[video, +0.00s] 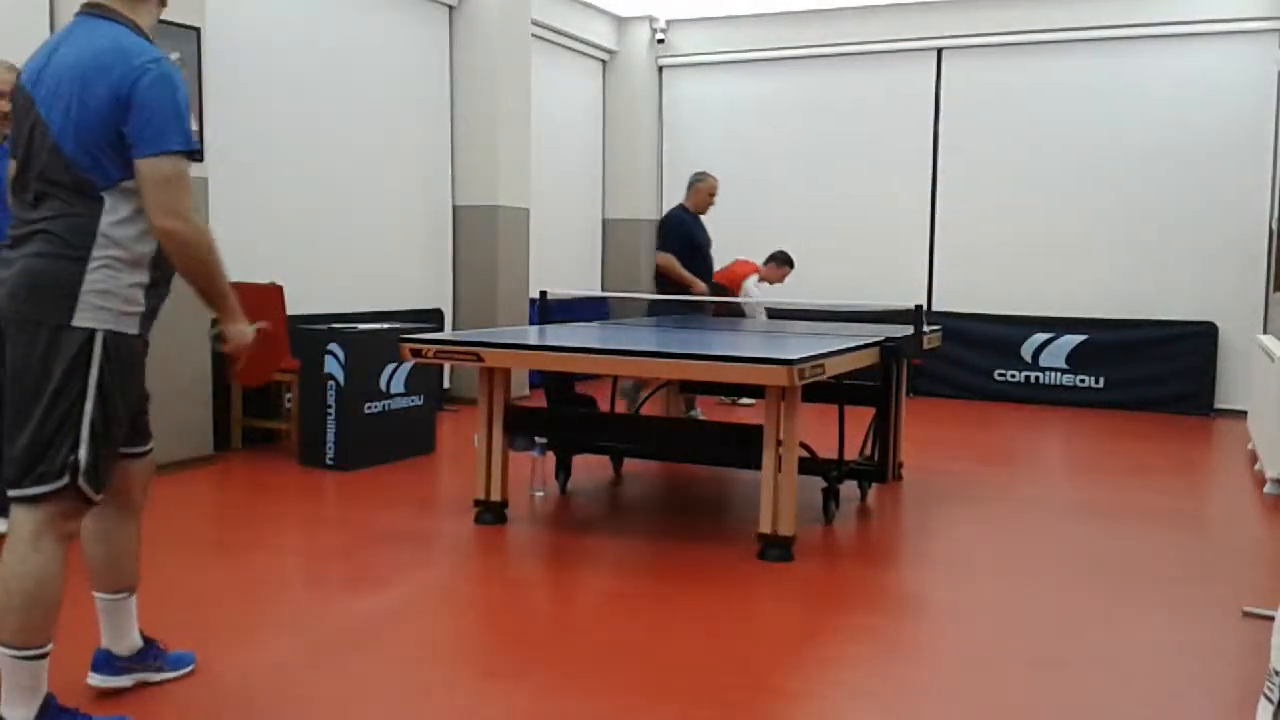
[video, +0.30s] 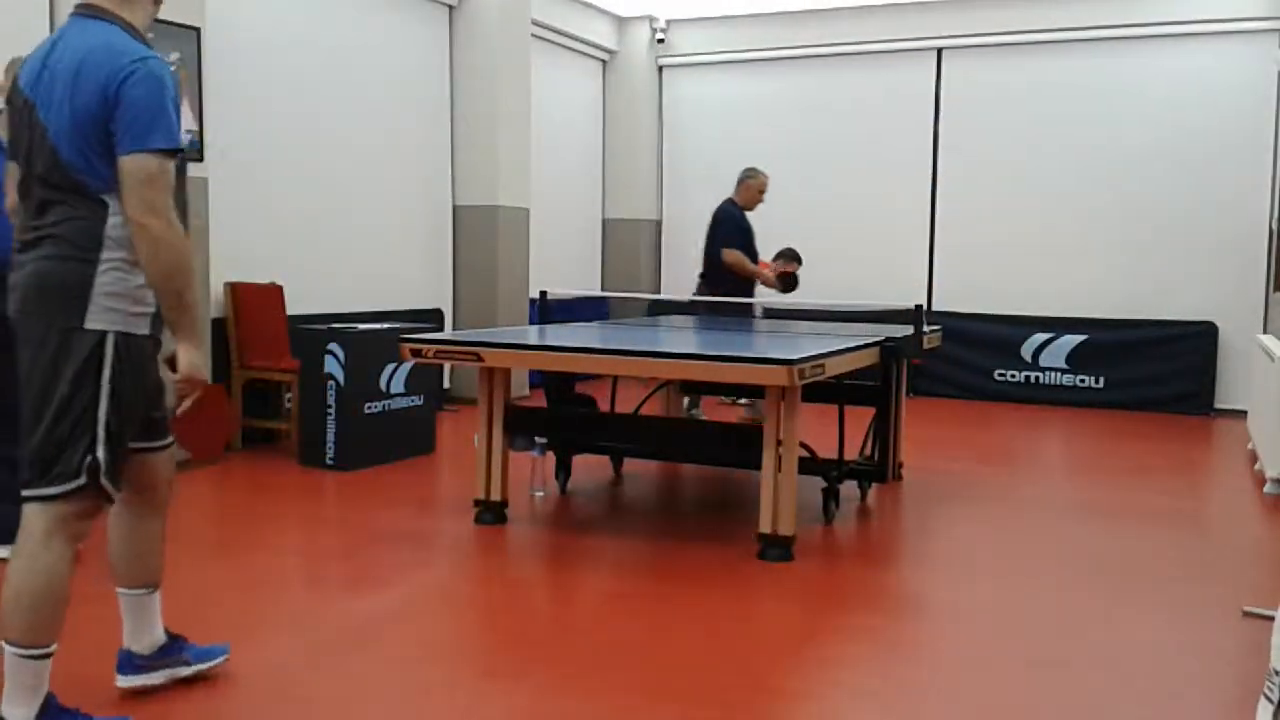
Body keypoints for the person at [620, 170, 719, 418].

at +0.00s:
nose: (713, 201)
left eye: (714, 196)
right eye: (710, 195)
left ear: (700, 193)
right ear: (694, 191)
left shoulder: (693, 219)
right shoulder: (675, 218)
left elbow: (689, 257)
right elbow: (663, 258)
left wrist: (701, 284)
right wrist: (695, 283)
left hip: (691, 301)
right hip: (674, 301)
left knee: (689, 355)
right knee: (676, 354)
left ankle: (688, 405)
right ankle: (634, 386)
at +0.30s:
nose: (762, 199)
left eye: (763, 193)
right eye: (759, 192)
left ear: (748, 189)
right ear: (744, 187)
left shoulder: (737, 215)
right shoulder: (728, 214)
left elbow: (743, 255)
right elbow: (729, 256)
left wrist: (767, 269)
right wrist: (760, 274)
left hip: (734, 299)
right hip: (719, 300)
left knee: (743, 351)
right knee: (708, 351)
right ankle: (692, 402)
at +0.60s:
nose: (821, 209)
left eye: (823, 203)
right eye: (820, 202)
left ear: (807, 194)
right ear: (806, 193)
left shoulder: (795, 221)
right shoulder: (784, 218)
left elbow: (792, 262)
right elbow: (783, 260)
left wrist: (826, 279)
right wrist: (822, 278)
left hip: (791, 306)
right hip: (779, 307)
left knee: (796, 363)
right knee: (781, 365)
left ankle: (796, 414)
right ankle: (785, 419)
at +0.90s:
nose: (868, 205)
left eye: (870, 200)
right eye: (865, 199)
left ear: (859, 194)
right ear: (849, 191)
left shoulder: (854, 220)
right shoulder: (827, 218)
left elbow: (860, 259)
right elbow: (823, 260)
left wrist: (880, 276)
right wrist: (864, 272)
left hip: (846, 306)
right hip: (825, 306)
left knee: (819, 363)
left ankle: (802, 413)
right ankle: (798, 414)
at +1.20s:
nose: (911, 195)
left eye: (915, 189)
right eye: (905, 189)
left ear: (919, 191)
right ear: (891, 188)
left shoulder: (918, 219)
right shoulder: (875, 219)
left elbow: (923, 263)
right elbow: (868, 262)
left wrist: (935, 293)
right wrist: (906, 273)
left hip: (912, 307)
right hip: (879, 309)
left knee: (930, 362)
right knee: (888, 375)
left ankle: (902, 411)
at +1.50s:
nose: (939, 199)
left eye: (946, 193)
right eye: (936, 193)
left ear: (963, 193)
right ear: (933, 193)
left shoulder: (983, 226)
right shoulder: (923, 222)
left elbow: (1000, 269)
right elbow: (898, 260)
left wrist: (985, 302)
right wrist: (913, 273)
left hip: (966, 313)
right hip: (925, 312)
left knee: (983, 372)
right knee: (901, 372)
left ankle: (988, 434)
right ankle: (881, 436)